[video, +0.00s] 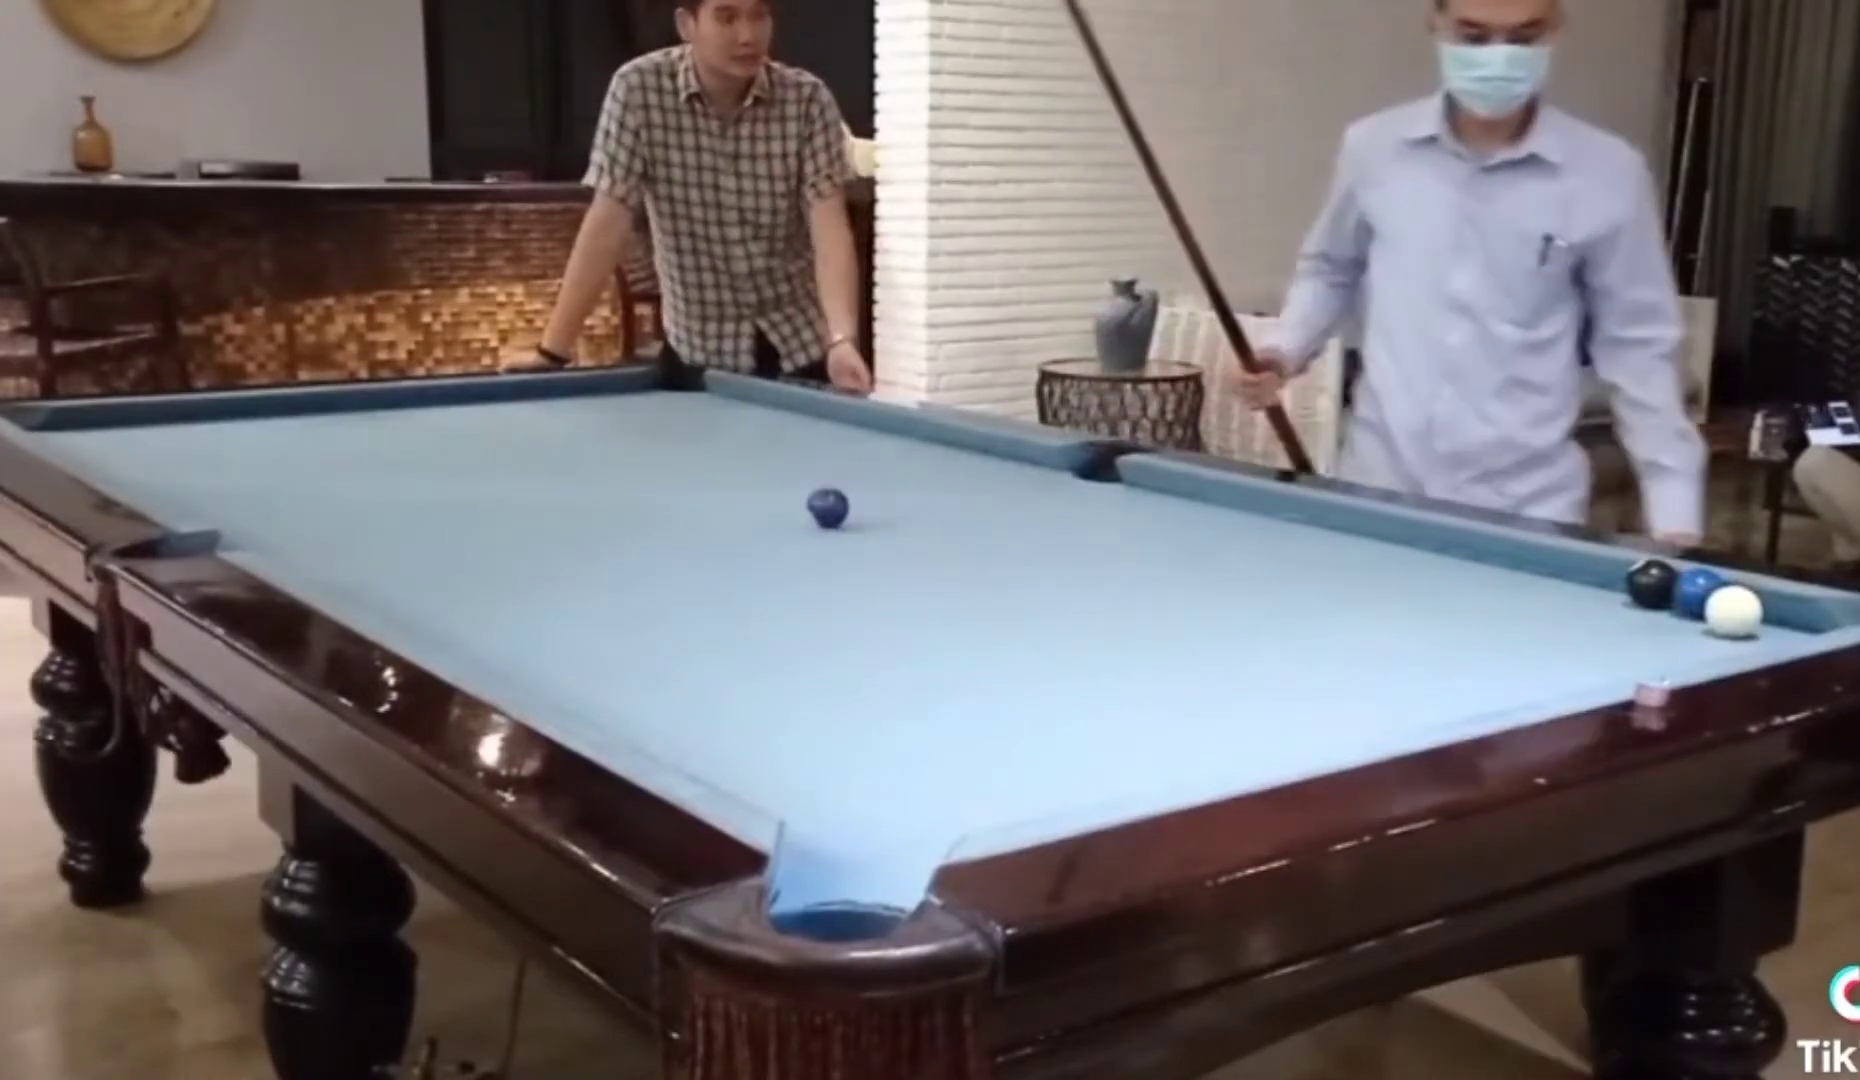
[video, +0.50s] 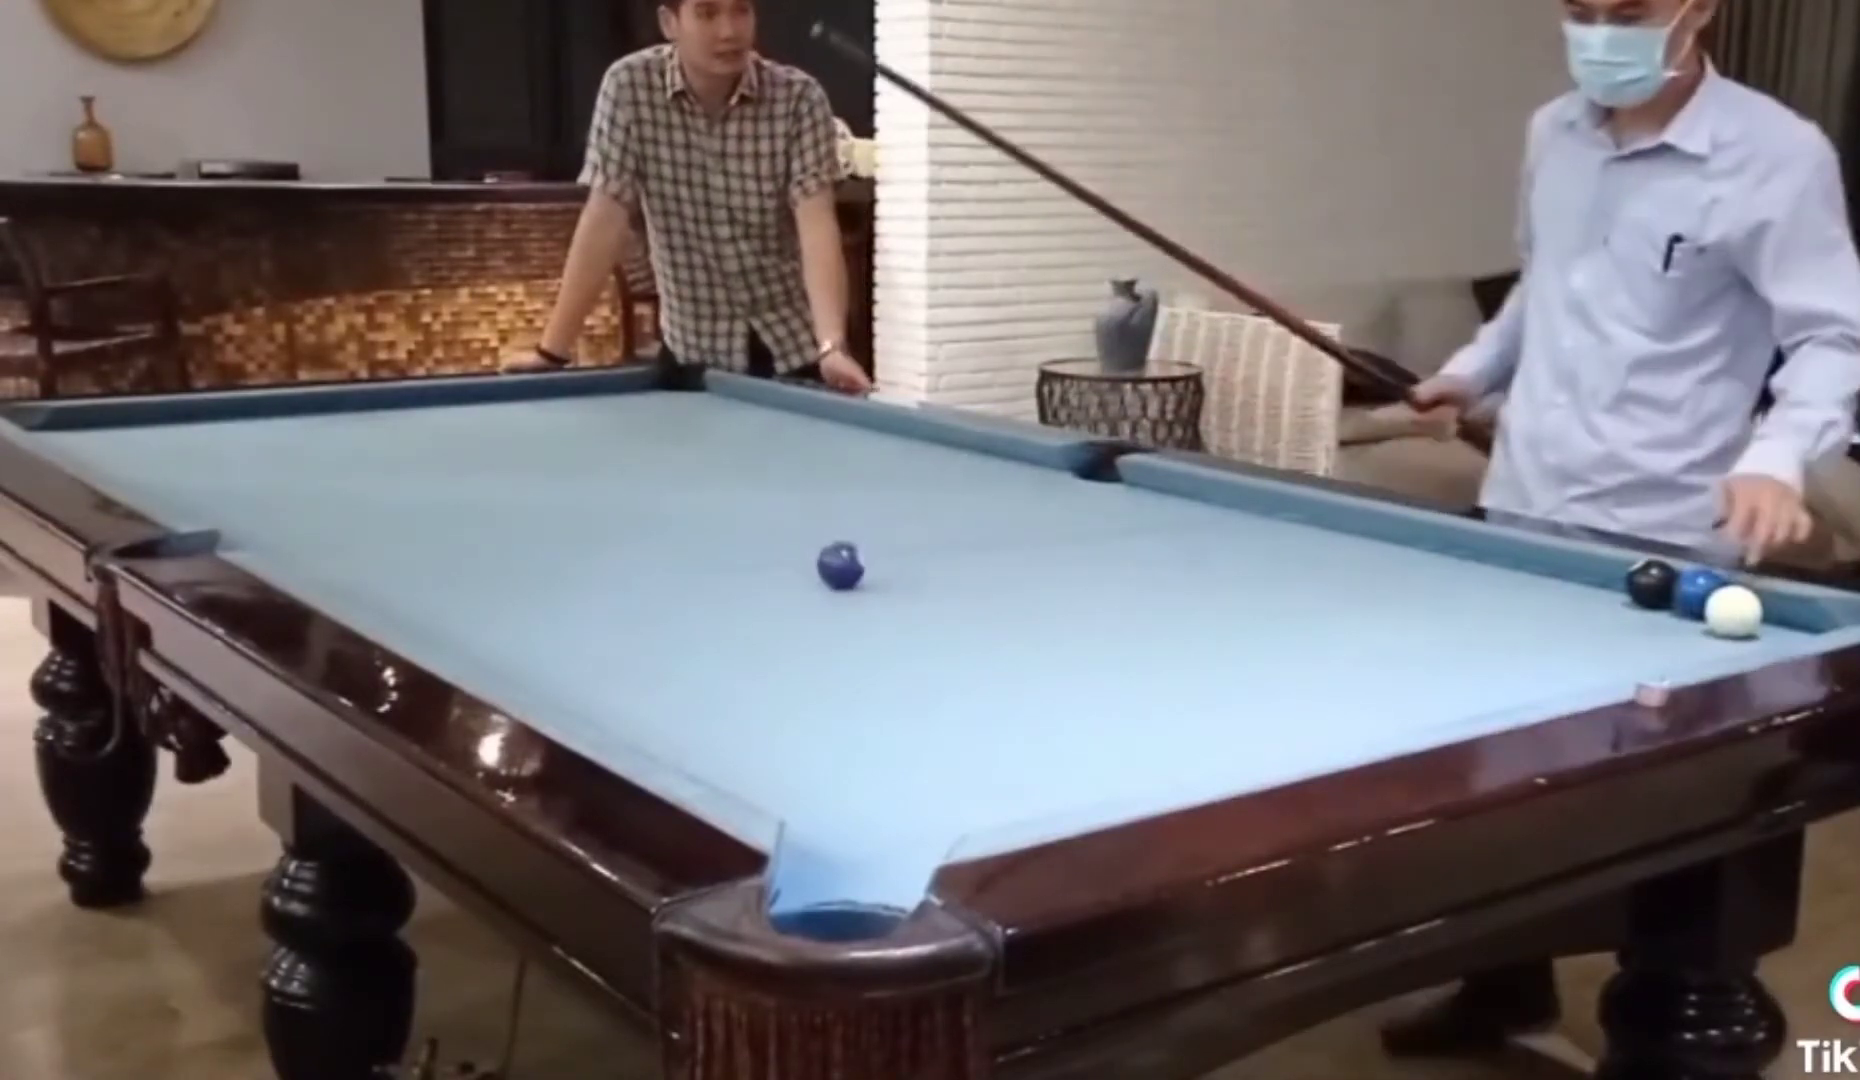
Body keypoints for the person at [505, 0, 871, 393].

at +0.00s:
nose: (747, 35)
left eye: (759, 17)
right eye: (727, 18)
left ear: (773, 23)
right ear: (686, 25)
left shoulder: (806, 98)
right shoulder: (640, 90)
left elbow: (830, 222)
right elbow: (608, 219)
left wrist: (842, 340)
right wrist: (552, 351)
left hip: (801, 336)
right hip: (700, 342)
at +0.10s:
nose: (745, 33)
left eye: (756, 15)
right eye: (725, 16)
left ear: (771, 21)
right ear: (684, 23)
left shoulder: (804, 97)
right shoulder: (638, 89)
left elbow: (826, 228)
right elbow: (607, 221)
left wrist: (835, 338)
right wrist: (552, 352)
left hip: (798, 343)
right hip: (697, 346)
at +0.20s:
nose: (741, 32)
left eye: (751, 13)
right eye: (720, 15)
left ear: (767, 19)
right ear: (680, 23)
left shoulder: (802, 96)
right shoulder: (636, 88)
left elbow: (824, 225)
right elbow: (607, 219)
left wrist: (835, 339)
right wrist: (552, 351)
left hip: (798, 338)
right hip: (698, 342)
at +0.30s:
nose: (736, 33)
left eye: (748, 14)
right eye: (715, 15)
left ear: (763, 19)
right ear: (676, 24)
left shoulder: (800, 96)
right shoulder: (634, 88)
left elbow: (822, 224)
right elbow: (607, 215)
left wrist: (833, 340)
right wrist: (553, 351)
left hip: (796, 335)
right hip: (698, 339)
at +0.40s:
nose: (733, 33)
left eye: (745, 13)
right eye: (712, 15)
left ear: (760, 18)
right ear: (673, 24)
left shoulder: (799, 96)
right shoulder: (632, 87)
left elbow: (819, 222)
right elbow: (606, 214)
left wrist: (831, 341)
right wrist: (552, 351)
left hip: (794, 337)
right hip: (696, 340)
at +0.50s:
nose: (728, 32)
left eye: (740, 12)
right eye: (707, 14)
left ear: (756, 18)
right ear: (669, 22)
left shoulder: (796, 96)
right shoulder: (630, 87)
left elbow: (817, 220)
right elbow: (606, 213)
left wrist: (831, 345)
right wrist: (552, 351)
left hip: (794, 339)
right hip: (694, 341)